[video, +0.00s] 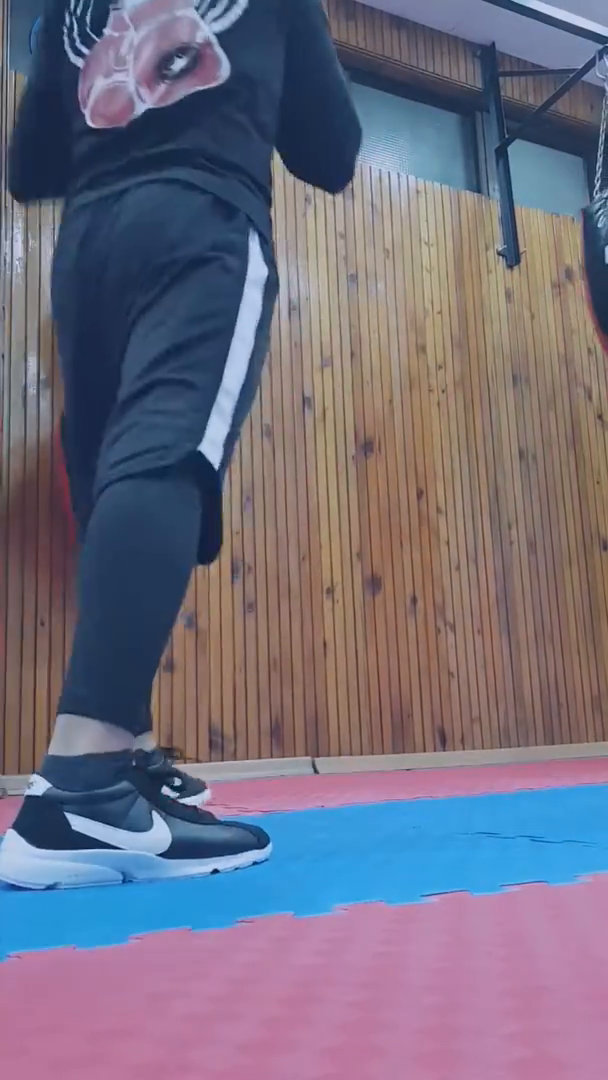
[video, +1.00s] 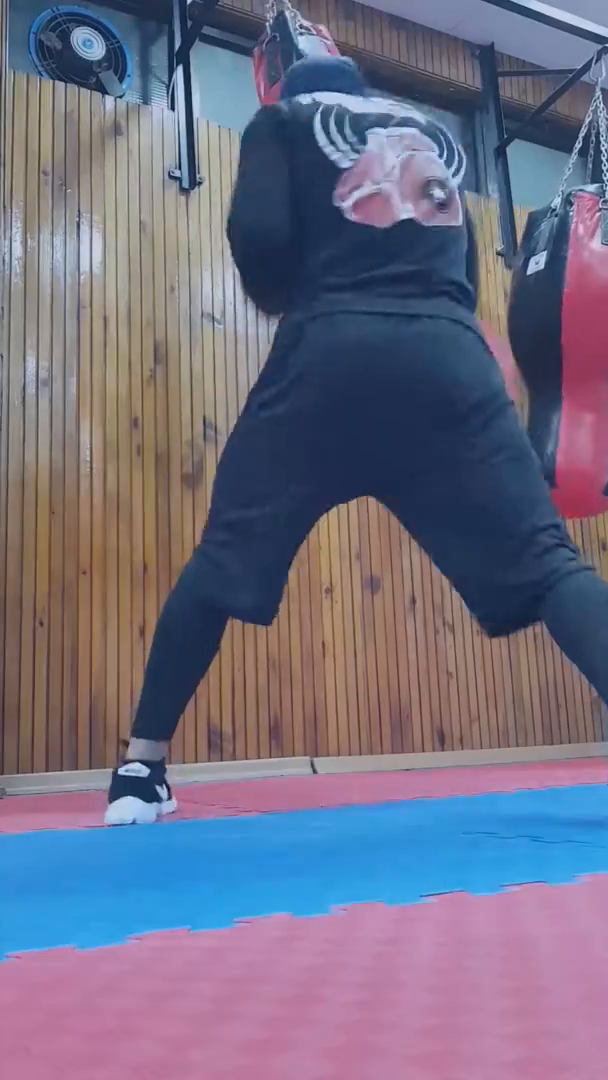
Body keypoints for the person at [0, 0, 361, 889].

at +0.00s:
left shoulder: (75, 10)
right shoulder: (277, 4)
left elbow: (31, 169)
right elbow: (329, 159)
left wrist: (134, 107)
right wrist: (246, 67)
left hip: (84, 225)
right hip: (200, 207)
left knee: (114, 487)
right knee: (159, 468)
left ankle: (130, 764)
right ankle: (78, 782)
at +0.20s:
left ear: (137, 8)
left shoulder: (98, 77)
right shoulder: (274, 28)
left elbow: (106, 211)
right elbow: (327, 187)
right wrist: (238, 170)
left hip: (131, 273)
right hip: (242, 250)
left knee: (166, 530)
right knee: (306, 497)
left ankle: (162, 771)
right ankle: (178, 684)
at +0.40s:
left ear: (173, 17)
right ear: (247, 1)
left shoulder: (138, 87)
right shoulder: (310, 39)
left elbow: (159, 238)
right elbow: (374, 188)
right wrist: (288, 166)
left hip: (191, 276)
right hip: (307, 249)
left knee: (183, 535)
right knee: (417, 470)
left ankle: (146, 767)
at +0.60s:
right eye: (388, 31)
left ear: (306, 36)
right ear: (379, 27)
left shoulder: (251, 102)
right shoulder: (408, 62)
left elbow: (190, 242)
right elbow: (438, 233)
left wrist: (286, 246)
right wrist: (361, 259)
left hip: (244, 318)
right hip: (363, 293)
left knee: (220, 542)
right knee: (513, 515)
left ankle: (145, 760)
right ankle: (606, 716)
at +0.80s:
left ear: (314, 26)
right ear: (396, 22)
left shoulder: (266, 80)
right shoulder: (452, 66)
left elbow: (231, 239)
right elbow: (478, 220)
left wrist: (325, 203)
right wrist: (386, 191)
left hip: (293, 309)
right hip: (417, 298)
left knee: (224, 538)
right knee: (537, 521)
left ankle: (140, 755)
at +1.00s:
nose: (260, 87)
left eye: (260, 76)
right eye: (263, 77)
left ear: (276, 70)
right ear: (347, 67)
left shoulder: (280, 119)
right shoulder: (439, 130)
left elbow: (259, 227)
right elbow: (461, 269)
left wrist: (282, 301)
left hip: (329, 345)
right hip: (447, 344)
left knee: (225, 557)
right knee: (551, 564)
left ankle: (141, 764)